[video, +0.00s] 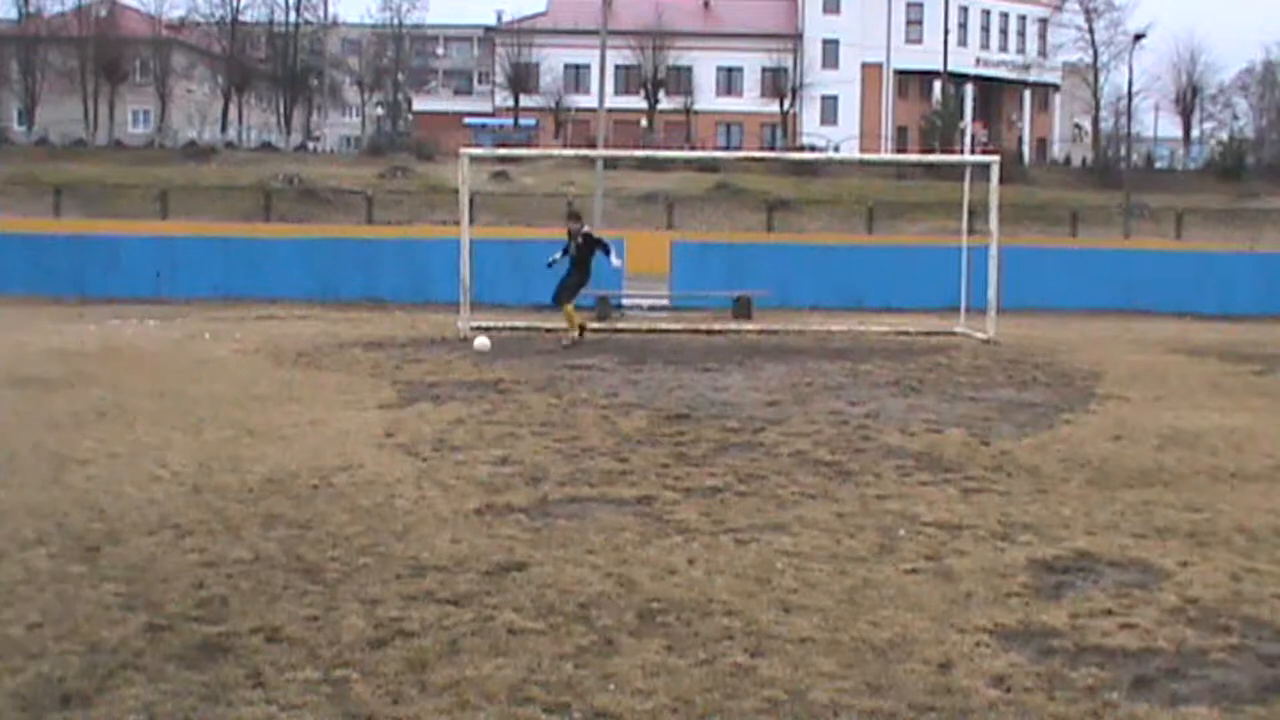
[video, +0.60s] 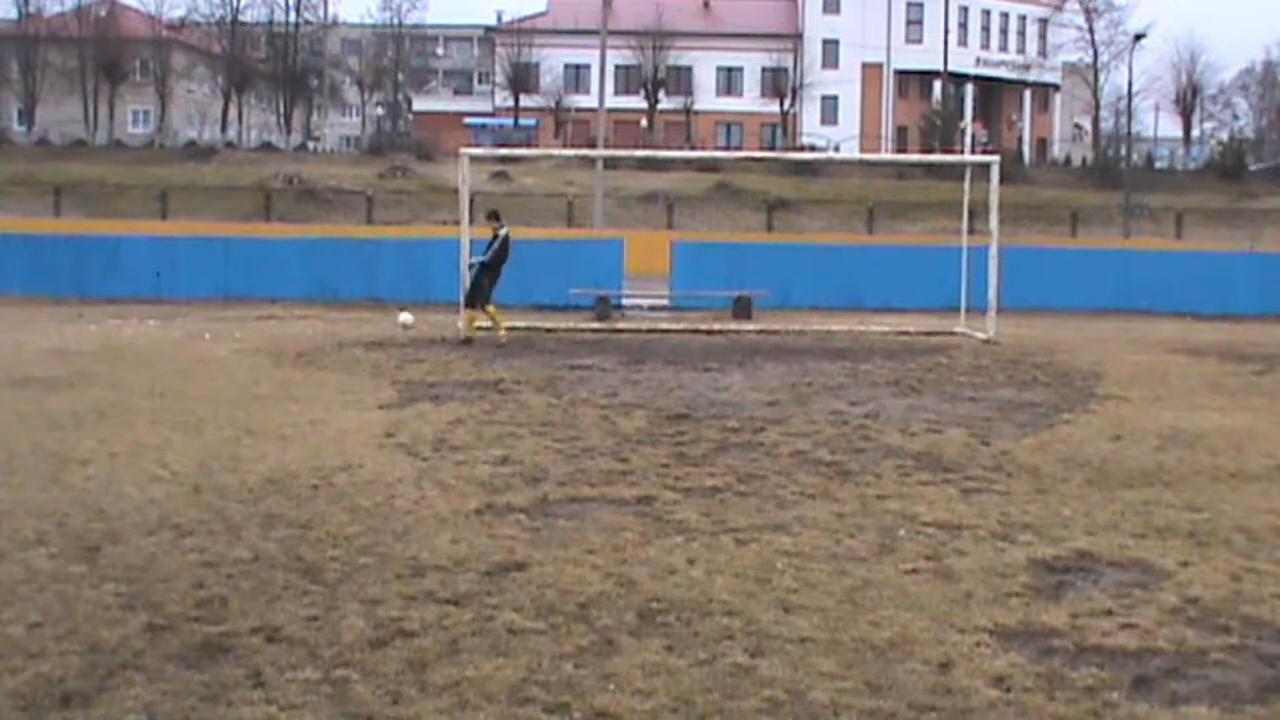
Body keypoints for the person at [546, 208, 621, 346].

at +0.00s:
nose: (572, 227)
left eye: (575, 224)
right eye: (570, 224)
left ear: (581, 224)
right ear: (567, 224)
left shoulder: (588, 238)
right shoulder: (571, 236)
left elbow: (604, 245)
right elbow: (567, 250)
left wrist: (612, 258)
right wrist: (557, 258)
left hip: (582, 272)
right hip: (572, 271)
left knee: (565, 300)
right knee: (559, 299)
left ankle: (574, 330)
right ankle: (578, 324)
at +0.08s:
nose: (555, 231)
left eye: (557, 228)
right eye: (554, 228)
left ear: (563, 226)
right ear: (556, 228)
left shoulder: (573, 239)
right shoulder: (560, 239)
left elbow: (589, 247)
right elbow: (562, 257)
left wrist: (597, 261)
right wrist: (553, 264)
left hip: (564, 276)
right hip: (556, 273)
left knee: (545, 302)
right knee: (537, 296)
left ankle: (542, 334)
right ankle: (544, 329)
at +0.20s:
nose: (534, 236)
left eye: (535, 233)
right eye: (533, 233)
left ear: (542, 231)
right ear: (538, 232)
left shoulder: (550, 246)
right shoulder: (542, 245)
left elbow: (563, 261)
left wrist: (570, 277)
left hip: (540, 283)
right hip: (534, 280)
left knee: (523, 309)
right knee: (511, 301)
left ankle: (538, 336)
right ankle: (484, 312)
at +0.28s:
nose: (522, 236)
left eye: (523, 233)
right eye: (521, 233)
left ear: (529, 231)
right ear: (530, 231)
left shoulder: (537, 247)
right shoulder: (536, 244)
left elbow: (544, 265)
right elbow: (547, 259)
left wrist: (544, 282)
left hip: (527, 283)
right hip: (520, 279)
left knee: (511, 310)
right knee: (495, 298)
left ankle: (530, 334)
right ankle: (473, 319)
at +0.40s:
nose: (508, 235)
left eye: (508, 232)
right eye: (507, 232)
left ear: (512, 231)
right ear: (516, 230)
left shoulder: (519, 246)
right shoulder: (521, 243)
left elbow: (516, 271)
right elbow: (531, 259)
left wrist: (501, 286)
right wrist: (530, 272)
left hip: (506, 281)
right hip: (498, 279)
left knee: (501, 311)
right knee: (479, 304)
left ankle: (523, 333)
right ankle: (472, 334)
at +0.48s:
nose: (498, 233)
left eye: (499, 230)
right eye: (499, 230)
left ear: (503, 230)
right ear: (509, 229)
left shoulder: (508, 245)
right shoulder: (511, 243)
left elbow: (498, 270)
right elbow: (517, 261)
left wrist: (483, 277)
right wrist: (515, 277)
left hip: (496, 280)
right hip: (496, 278)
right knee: (492, 310)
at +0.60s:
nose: (490, 226)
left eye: (491, 223)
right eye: (489, 223)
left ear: (497, 222)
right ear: (491, 223)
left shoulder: (503, 237)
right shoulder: (496, 236)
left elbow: (490, 258)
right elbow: (487, 256)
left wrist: (473, 261)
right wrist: (474, 262)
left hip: (490, 274)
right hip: (482, 273)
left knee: (483, 303)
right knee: (471, 302)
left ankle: (501, 331)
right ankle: (468, 334)